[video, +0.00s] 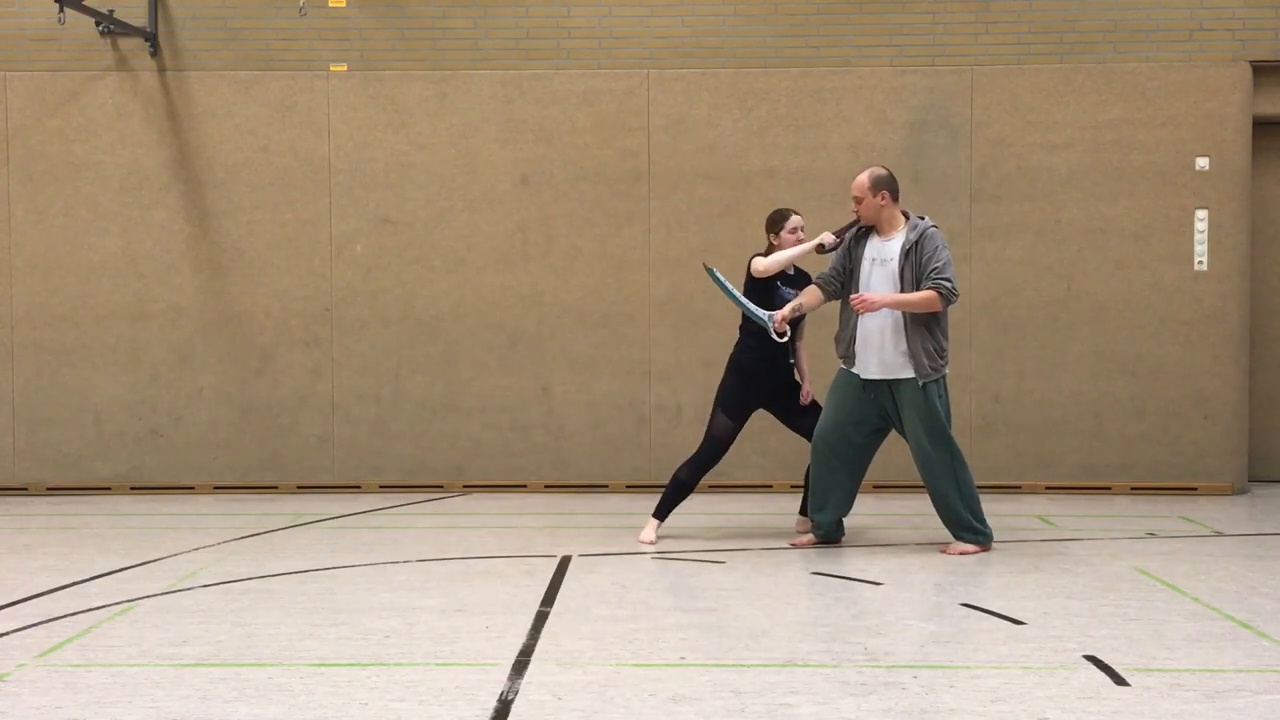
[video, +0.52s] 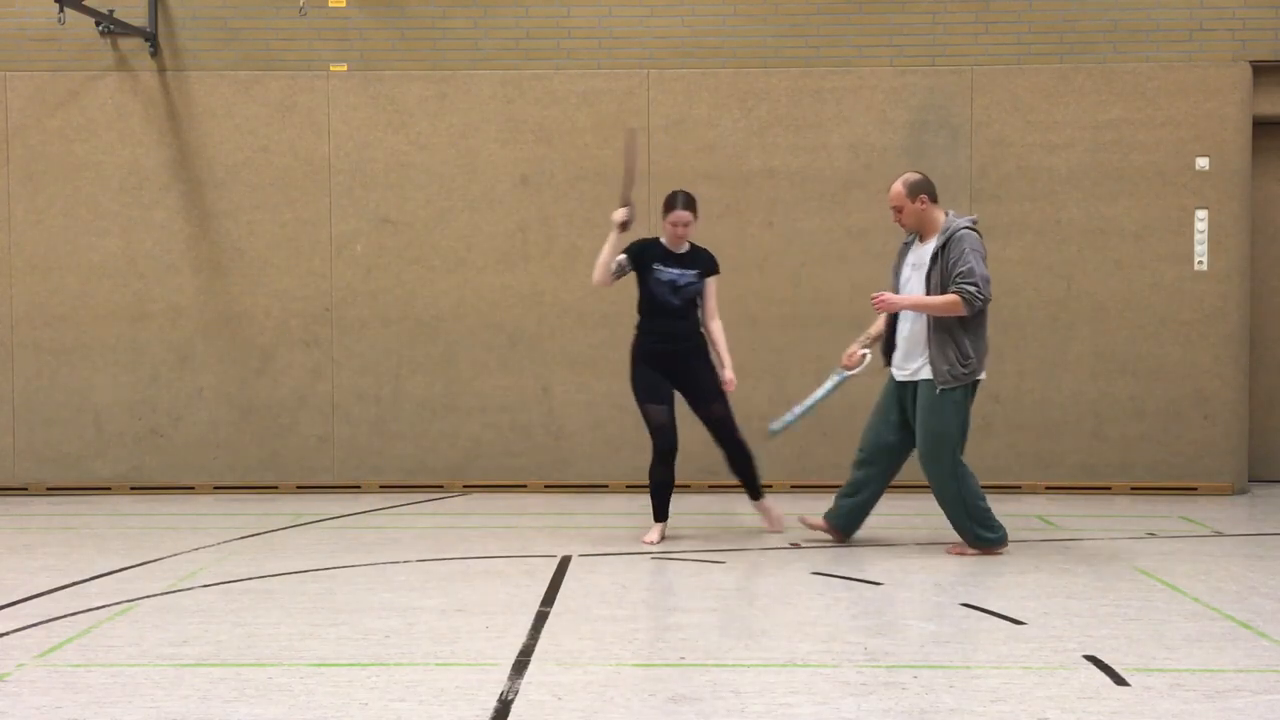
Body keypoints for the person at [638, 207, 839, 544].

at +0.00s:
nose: (803, 236)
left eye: (803, 230)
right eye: (795, 231)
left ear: (802, 234)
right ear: (775, 236)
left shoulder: (804, 281)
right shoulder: (759, 265)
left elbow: (799, 338)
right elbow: (768, 265)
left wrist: (806, 379)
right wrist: (814, 245)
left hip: (780, 380)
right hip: (745, 377)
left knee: (830, 436)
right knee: (710, 452)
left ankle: (807, 518)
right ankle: (655, 521)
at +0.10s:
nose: (784, 237)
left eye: (787, 231)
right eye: (777, 231)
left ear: (790, 233)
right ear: (760, 233)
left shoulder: (791, 275)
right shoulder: (744, 260)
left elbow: (790, 330)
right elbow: (746, 265)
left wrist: (797, 377)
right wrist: (795, 238)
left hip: (773, 376)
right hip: (736, 374)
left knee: (822, 437)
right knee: (708, 451)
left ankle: (805, 520)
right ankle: (658, 524)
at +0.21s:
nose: (763, 233)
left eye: (767, 228)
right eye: (757, 227)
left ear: (768, 231)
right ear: (744, 227)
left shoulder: (772, 270)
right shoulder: (727, 259)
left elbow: (775, 324)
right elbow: (712, 262)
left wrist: (782, 372)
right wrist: (757, 227)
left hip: (759, 371)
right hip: (721, 370)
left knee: (805, 440)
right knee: (700, 448)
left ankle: (804, 521)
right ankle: (662, 524)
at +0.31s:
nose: (734, 232)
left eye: (739, 226)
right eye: (728, 226)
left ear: (745, 228)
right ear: (715, 226)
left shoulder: (748, 265)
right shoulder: (699, 254)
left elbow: (755, 322)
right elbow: (672, 258)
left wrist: (766, 370)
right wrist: (709, 221)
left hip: (738, 364)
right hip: (699, 362)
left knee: (778, 439)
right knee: (687, 447)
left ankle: (805, 517)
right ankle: (661, 524)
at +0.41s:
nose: (707, 232)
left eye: (713, 226)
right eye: (701, 226)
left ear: (719, 226)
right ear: (688, 225)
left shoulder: (723, 264)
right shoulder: (668, 253)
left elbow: (732, 322)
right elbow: (630, 263)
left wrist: (747, 371)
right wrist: (661, 220)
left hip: (713, 361)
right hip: (673, 362)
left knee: (753, 435)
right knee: (672, 445)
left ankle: (794, 507)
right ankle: (660, 524)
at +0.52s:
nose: (680, 231)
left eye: (687, 224)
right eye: (675, 224)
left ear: (695, 223)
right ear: (663, 221)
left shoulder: (703, 261)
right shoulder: (644, 251)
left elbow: (711, 318)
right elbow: (601, 278)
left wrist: (726, 365)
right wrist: (616, 231)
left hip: (692, 358)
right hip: (650, 359)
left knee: (728, 433)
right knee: (664, 443)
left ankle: (758, 499)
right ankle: (659, 524)